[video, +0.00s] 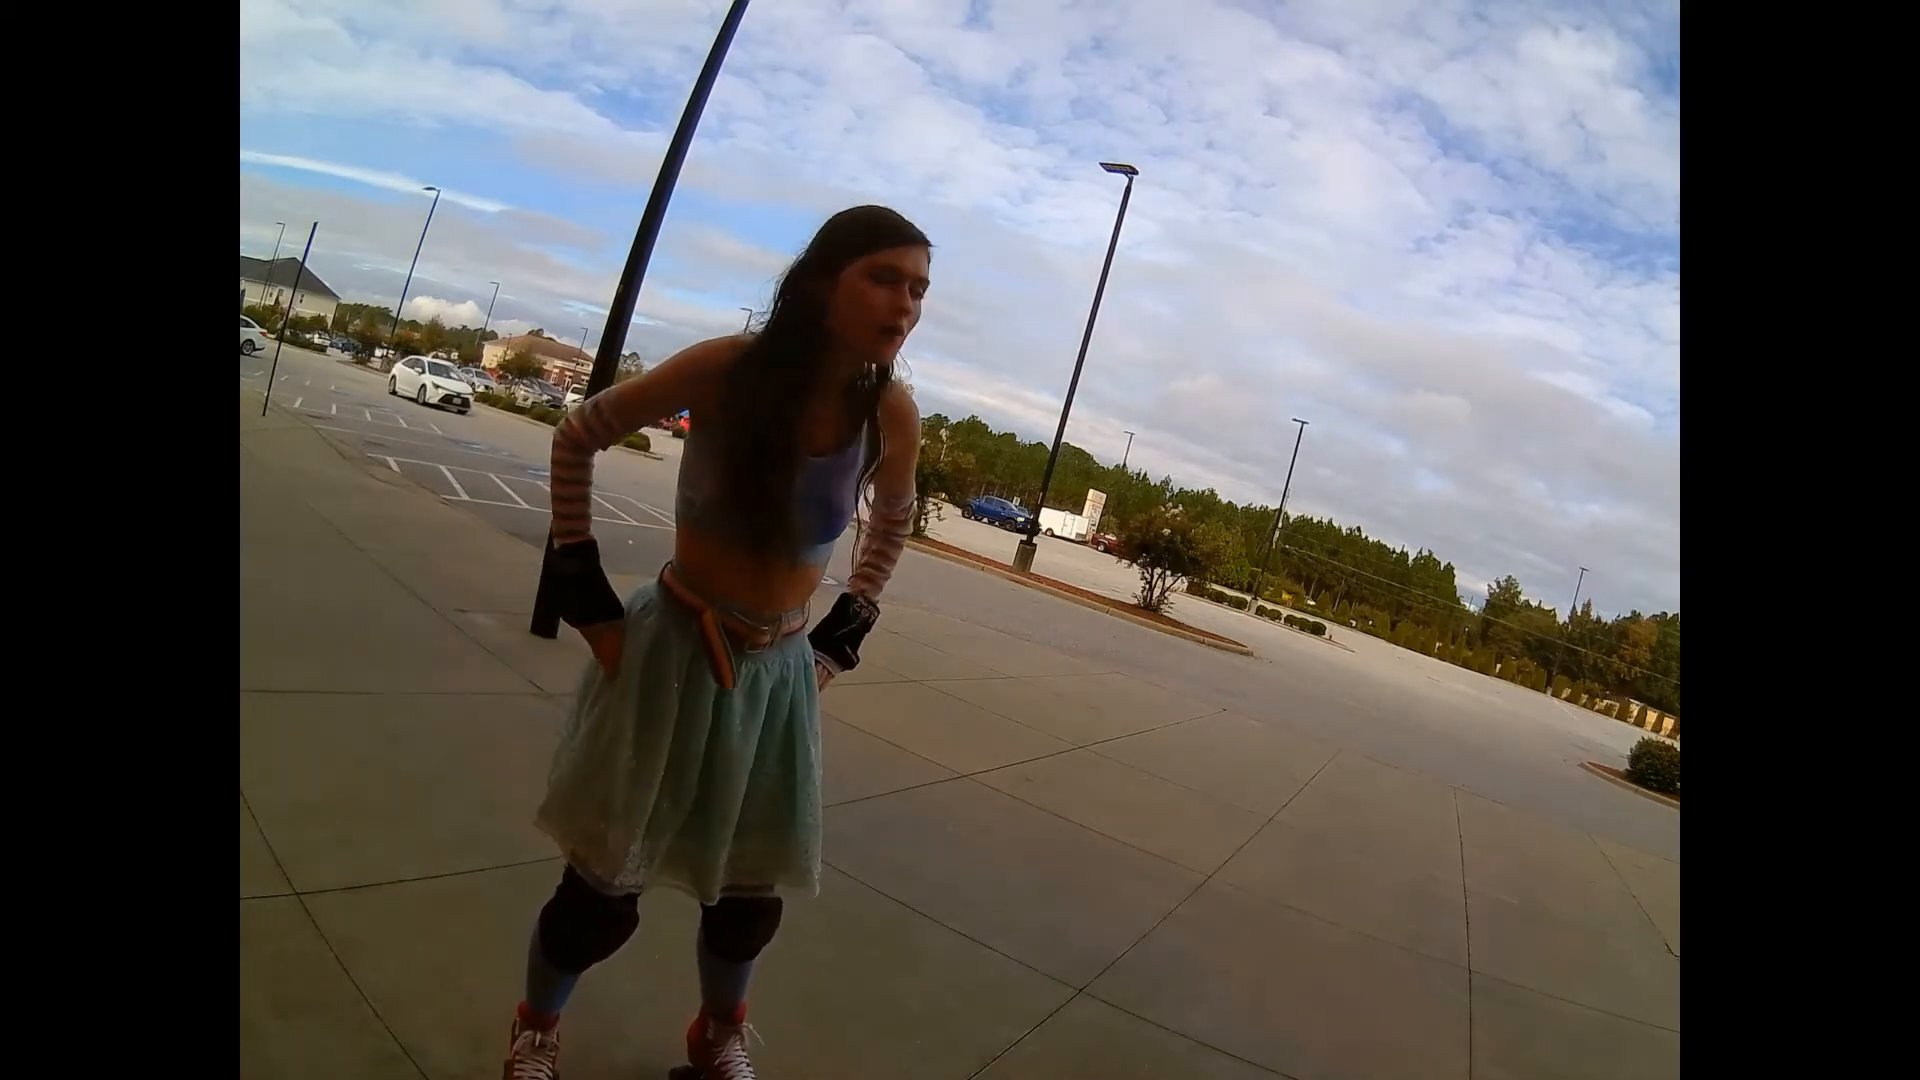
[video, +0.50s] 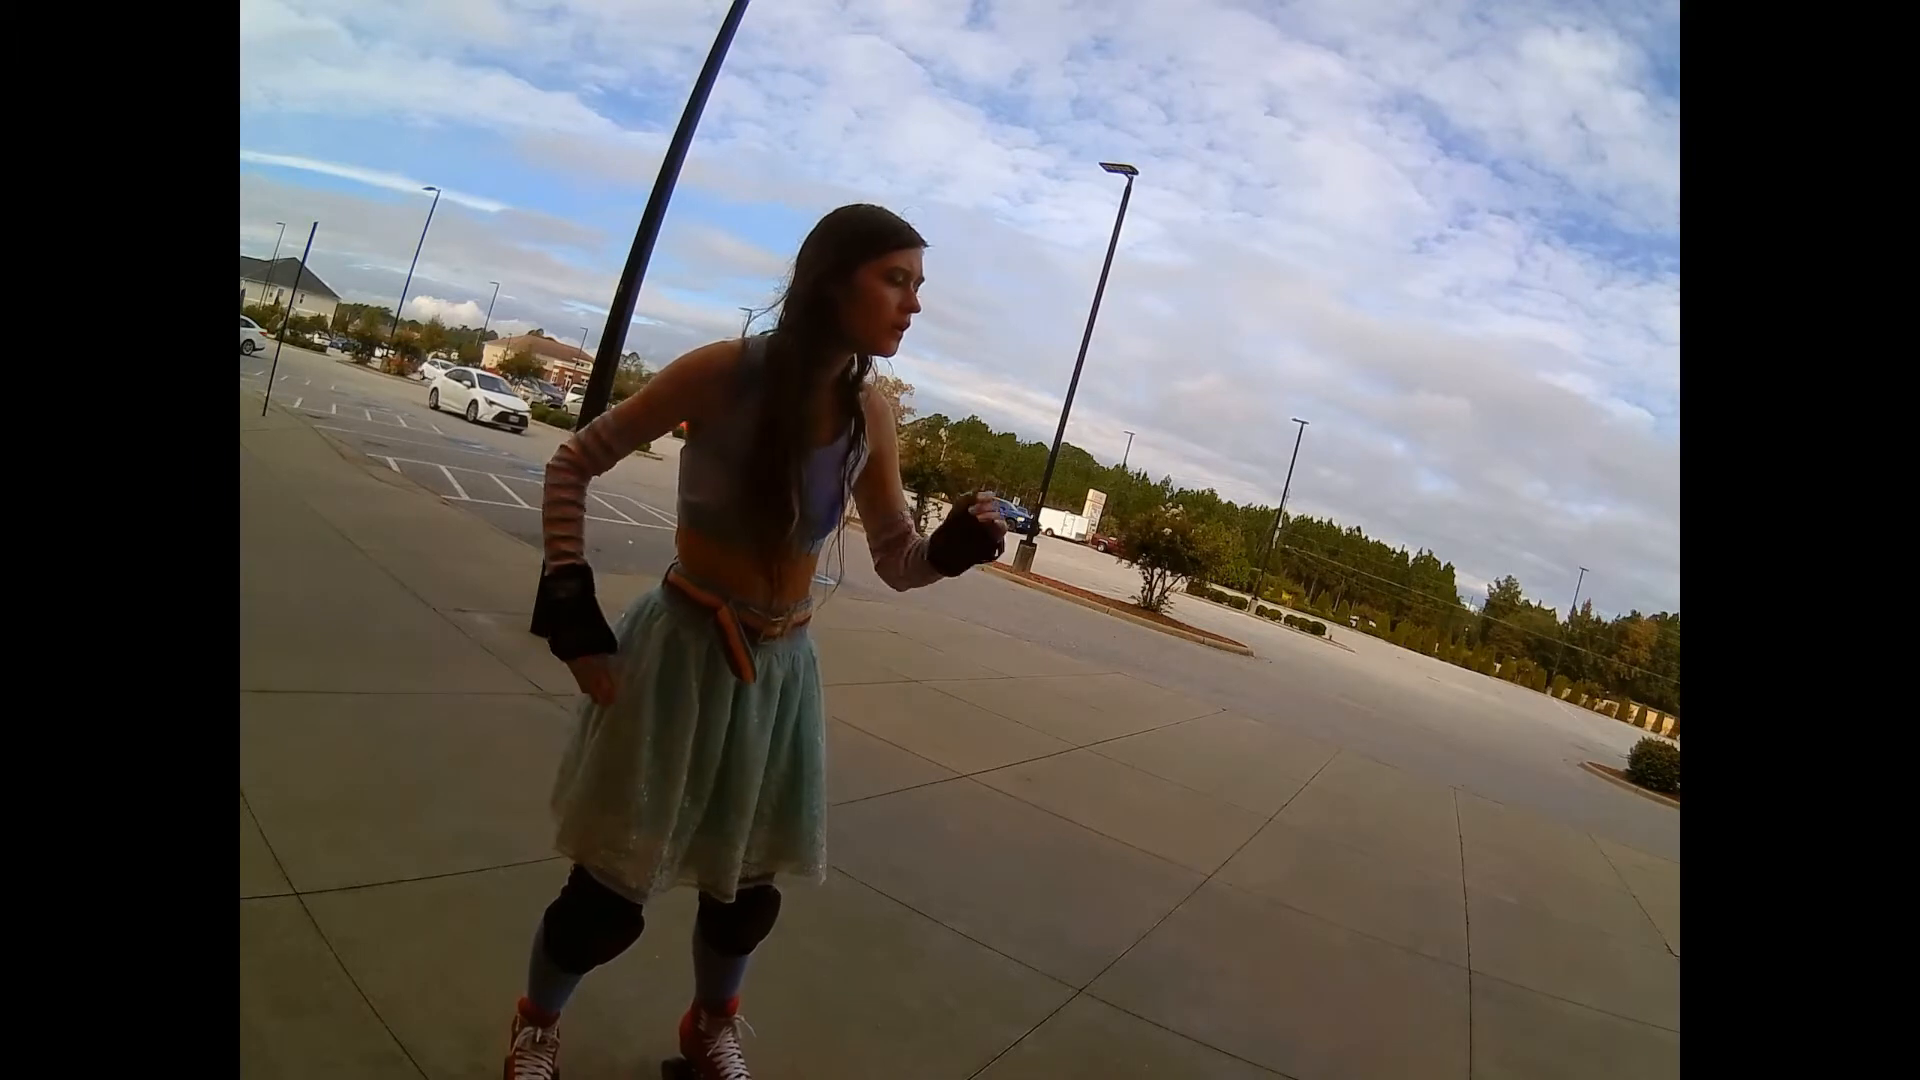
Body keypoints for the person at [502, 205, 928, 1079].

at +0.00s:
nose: (905, 304)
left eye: (918, 288)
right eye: (886, 279)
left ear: (923, 304)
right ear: (826, 280)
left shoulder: (888, 410)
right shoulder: (726, 367)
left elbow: (891, 520)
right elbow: (579, 435)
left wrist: (851, 618)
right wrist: (577, 570)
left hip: (781, 671)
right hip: (670, 646)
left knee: (750, 899)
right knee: (602, 893)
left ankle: (719, 1034)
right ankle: (536, 1029)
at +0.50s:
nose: (914, 302)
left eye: (918, 284)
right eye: (898, 281)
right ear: (834, 283)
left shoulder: (870, 409)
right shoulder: (724, 376)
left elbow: (897, 558)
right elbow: (572, 463)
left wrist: (955, 549)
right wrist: (572, 612)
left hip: (781, 669)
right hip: (683, 652)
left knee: (746, 893)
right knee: (610, 896)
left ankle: (711, 1032)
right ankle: (538, 1027)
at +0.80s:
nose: (875, 299)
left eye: (885, 283)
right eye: (858, 278)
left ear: (886, 294)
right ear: (802, 276)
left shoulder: (857, 406)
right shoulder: (705, 377)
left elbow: (898, 552)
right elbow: (620, 522)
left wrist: (948, 445)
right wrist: (686, 555)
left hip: (780, 666)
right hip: (678, 647)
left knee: (751, 895)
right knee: (611, 892)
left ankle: (715, 1033)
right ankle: (538, 1023)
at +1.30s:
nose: (855, 285)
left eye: (869, 272)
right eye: (836, 265)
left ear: (877, 288)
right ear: (785, 268)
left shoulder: (861, 400)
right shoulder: (704, 370)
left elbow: (908, 552)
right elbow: (658, 526)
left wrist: (927, 454)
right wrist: (767, 448)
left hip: (785, 667)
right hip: (681, 650)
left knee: (754, 908)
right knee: (609, 907)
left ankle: (718, 1036)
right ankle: (536, 1037)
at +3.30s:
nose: (864, 296)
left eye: (880, 279)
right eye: (846, 275)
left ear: (889, 291)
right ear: (798, 273)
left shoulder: (858, 400)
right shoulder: (705, 375)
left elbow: (950, 519)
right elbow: (599, 512)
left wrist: (913, 403)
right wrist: (697, 511)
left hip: (781, 662)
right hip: (679, 646)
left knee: (750, 905)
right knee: (608, 907)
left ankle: (719, 1038)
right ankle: (537, 1034)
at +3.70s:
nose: (828, 288)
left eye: (850, 272)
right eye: (810, 266)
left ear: (871, 290)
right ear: (774, 270)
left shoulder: (862, 410)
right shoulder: (699, 373)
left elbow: (878, 578)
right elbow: (604, 503)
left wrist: (895, 483)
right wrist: (655, 547)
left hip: (776, 668)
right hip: (671, 650)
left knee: (747, 901)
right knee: (602, 895)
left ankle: (714, 1037)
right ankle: (535, 1037)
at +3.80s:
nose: (816, 286)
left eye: (839, 269)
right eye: (798, 264)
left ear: (863, 288)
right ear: (764, 272)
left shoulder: (865, 411)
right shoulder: (695, 373)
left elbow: (845, 544)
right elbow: (605, 496)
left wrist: (874, 609)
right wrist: (620, 570)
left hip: (773, 672)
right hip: (666, 656)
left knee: (746, 905)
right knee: (599, 896)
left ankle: (714, 1035)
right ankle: (535, 1033)